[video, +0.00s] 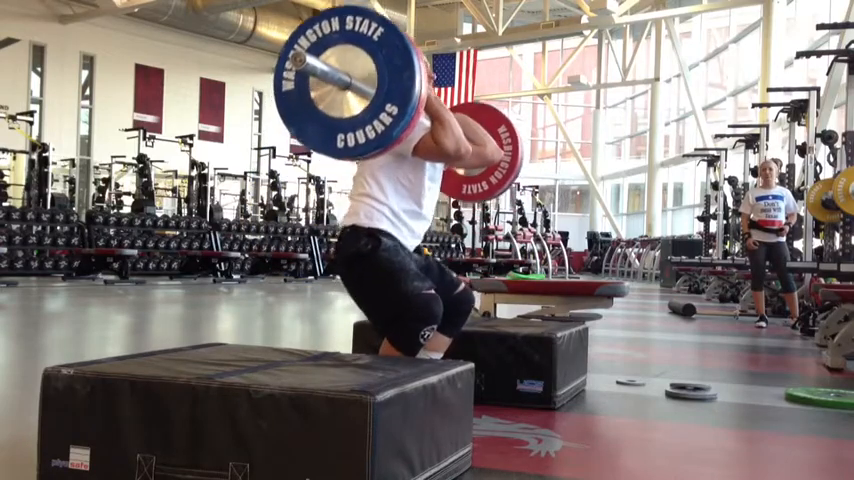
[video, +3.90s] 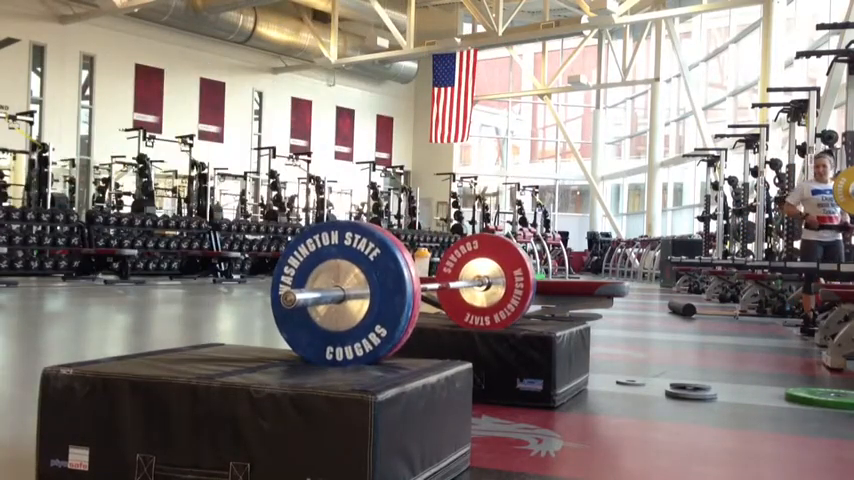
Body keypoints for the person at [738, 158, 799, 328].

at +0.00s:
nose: (767, 172)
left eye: (770, 169)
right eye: (764, 170)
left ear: (776, 172)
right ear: (760, 173)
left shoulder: (784, 192)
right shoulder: (752, 193)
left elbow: (792, 213)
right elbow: (744, 216)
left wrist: (788, 224)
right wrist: (746, 235)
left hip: (778, 239)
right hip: (757, 239)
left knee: (785, 275)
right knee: (757, 277)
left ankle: (795, 317)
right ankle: (761, 316)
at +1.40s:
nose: (783, 176)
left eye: (787, 173)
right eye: (780, 172)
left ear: (791, 174)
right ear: (773, 173)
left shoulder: (796, 193)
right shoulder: (764, 192)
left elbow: (801, 216)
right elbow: (755, 218)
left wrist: (800, 224)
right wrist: (769, 229)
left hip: (790, 240)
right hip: (769, 240)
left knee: (796, 275)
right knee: (766, 274)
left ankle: (794, 317)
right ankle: (762, 315)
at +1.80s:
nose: (801, 171)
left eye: (803, 168)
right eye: (797, 168)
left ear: (806, 170)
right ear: (788, 171)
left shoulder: (810, 191)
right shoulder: (782, 191)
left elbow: (816, 214)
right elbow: (774, 217)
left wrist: (817, 225)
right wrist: (793, 225)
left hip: (806, 239)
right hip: (787, 239)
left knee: (802, 279)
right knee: (784, 276)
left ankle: (793, 318)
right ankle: (770, 313)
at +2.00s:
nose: (805, 172)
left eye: (807, 168)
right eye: (801, 169)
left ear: (811, 170)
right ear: (795, 171)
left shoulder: (815, 190)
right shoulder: (787, 190)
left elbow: (820, 213)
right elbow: (779, 216)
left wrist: (822, 224)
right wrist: (800, 223)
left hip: (810, 239)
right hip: (792, 238)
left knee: (805, 278)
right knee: (794, 277)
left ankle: (796, 317)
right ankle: (789, 317)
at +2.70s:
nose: (810, 172)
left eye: (813, 169)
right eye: (807, 169)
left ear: (819, 171)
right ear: (802, 170)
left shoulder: (825, 190)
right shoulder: (795, 190)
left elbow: (829, 213)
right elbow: (790, 214)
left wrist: (831, 224)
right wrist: (813, 224)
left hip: (823, 238)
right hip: (803, 238)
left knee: (830, 274)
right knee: (807, 277)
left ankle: (821, 311)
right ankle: (808, 318)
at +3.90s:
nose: (820, 170)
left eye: (824, 166)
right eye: (817, 166)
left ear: (831, 168)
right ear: (813, 169)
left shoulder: (838, 187)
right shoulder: (805, 186)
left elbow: (845, 207)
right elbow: (787, 206)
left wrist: (845, 220)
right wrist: (805, 216)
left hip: (834, 238)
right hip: (812, 238)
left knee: (834, 278)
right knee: (810, 278)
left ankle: (832, 317)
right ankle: (809, 318)